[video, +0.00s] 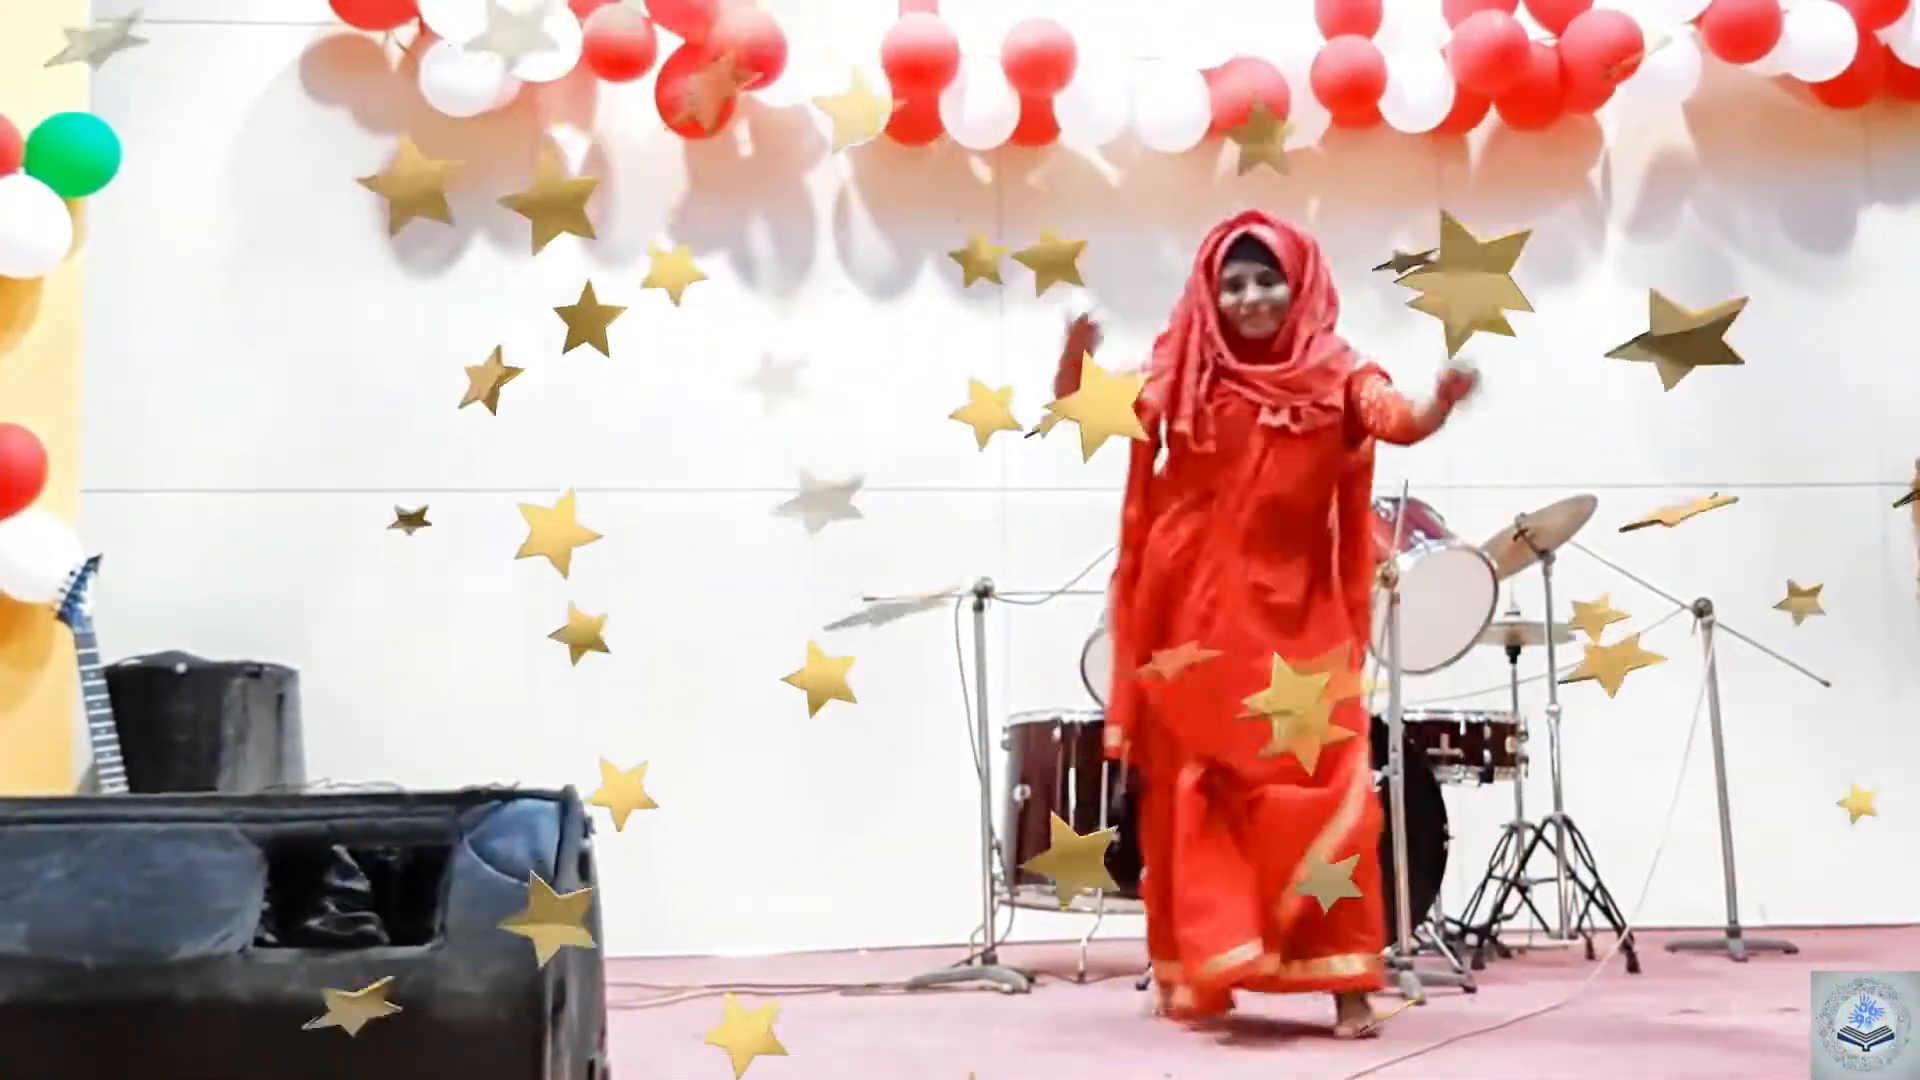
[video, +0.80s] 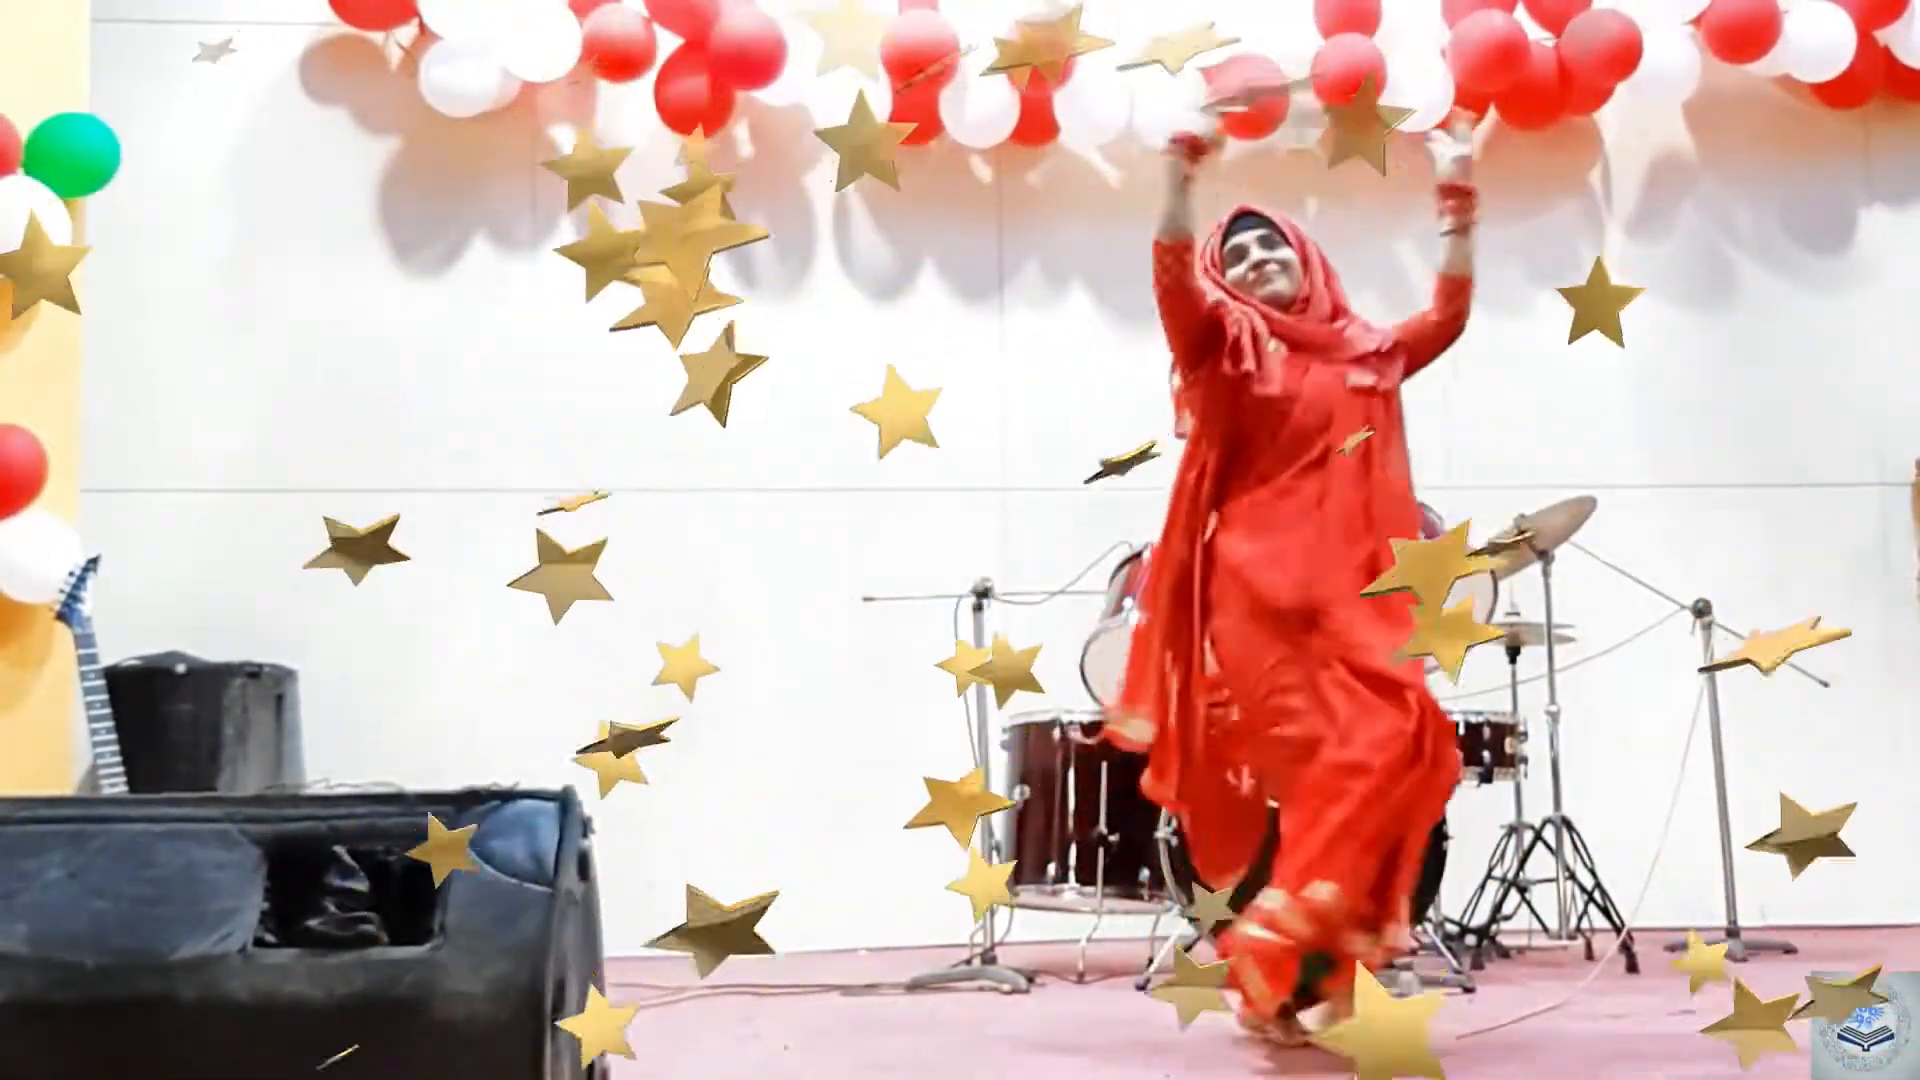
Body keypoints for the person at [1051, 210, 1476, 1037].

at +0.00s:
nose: (1249, 298)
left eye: (1265, 283)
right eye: (1234, 284)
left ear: (1298, 291)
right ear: (1211, 293)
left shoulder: (1337, 373)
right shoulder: (1183, 376)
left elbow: (1394, 419)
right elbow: (1087, 411)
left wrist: (1436, 406)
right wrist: (1075, 366)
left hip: (1309, 609)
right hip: (1198, 604)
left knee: (1333, 789)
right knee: (1191, 787)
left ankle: (1352, 981)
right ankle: (1193, 972)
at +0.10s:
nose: (1234, 340)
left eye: (1249, 323)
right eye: (1217, 325)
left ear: (1277, 328)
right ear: (1194, 336)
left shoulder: (1318, 413)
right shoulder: (1173, 427)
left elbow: (1400, 414)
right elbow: (1104, 520)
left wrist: (1425, 328)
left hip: (1279, 648)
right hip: (1173, 646)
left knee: (1278, 814)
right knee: (1169, 815)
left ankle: (1334, 988)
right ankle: (1176, 985)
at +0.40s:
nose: (1231, 292)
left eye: (1247, 277)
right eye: (1213, 279)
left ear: (1271, 289)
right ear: (1186, 294)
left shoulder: (1309, 391)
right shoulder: (1152, 374)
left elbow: (1379, 461)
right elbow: (1078, 429)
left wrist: (1429, 470)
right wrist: (1052, 423)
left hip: (1271, 623)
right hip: (1165, 620)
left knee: (1273, 797)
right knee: (1165, 797)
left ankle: (1272, 981)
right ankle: (1159, 972)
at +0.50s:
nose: (1245, 288)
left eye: (1257, 273)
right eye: (1226, 279)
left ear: (1286, 284)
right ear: (1201, 297)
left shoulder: (1321, 388)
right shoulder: (1177, 365)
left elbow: (1385, 476)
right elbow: (1100, 404)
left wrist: (1369, 498)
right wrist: (1153, 424)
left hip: (1294, 613)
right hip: (1191, 609)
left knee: (1290, 796)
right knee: (1183, 786)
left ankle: (1277, 994)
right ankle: (1157, 965)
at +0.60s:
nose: (1253, 301)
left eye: (1264, 285)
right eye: (1234, 293)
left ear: (1295, 294)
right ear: (1210, 310)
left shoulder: (1333, 388)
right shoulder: (1200, 377)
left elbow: (1405, 441)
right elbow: (1169, 377)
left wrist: (1369, 382)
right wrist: (1246, 351)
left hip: (1315, 602)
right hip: (1213, 602)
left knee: (1318, 793)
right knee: (1244, 773)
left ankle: (1277, 991)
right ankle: (1162, 905)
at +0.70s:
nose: (1258, 284)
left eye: (1270, 270)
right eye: (1243, 277)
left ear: (1303, 288)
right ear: (1227, 305)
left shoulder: (1342, 383)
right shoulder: (1212, 377)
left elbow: (1416, 358)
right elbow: (1185, 305)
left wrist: (1406, 270)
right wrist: (1237, 227)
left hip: (1322, 603)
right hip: (1224, 601)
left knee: (1351, 759)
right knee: (1288, 751)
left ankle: (1280, 963)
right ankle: (1238, 942)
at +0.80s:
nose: (1257, 260)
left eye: (1269, 246)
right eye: (1240, 257)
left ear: (1311, 262)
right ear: (1225, 284)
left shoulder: (1366, 352)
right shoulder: (1227, 344)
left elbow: (1444, 319)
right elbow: (1174, 276)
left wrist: (1458, 219)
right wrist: (1181, 167)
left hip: (1347, 593)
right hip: (1251, 594)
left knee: (1408, 740)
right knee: (1335, 763)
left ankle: (1291, 941)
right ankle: (1290, 977)